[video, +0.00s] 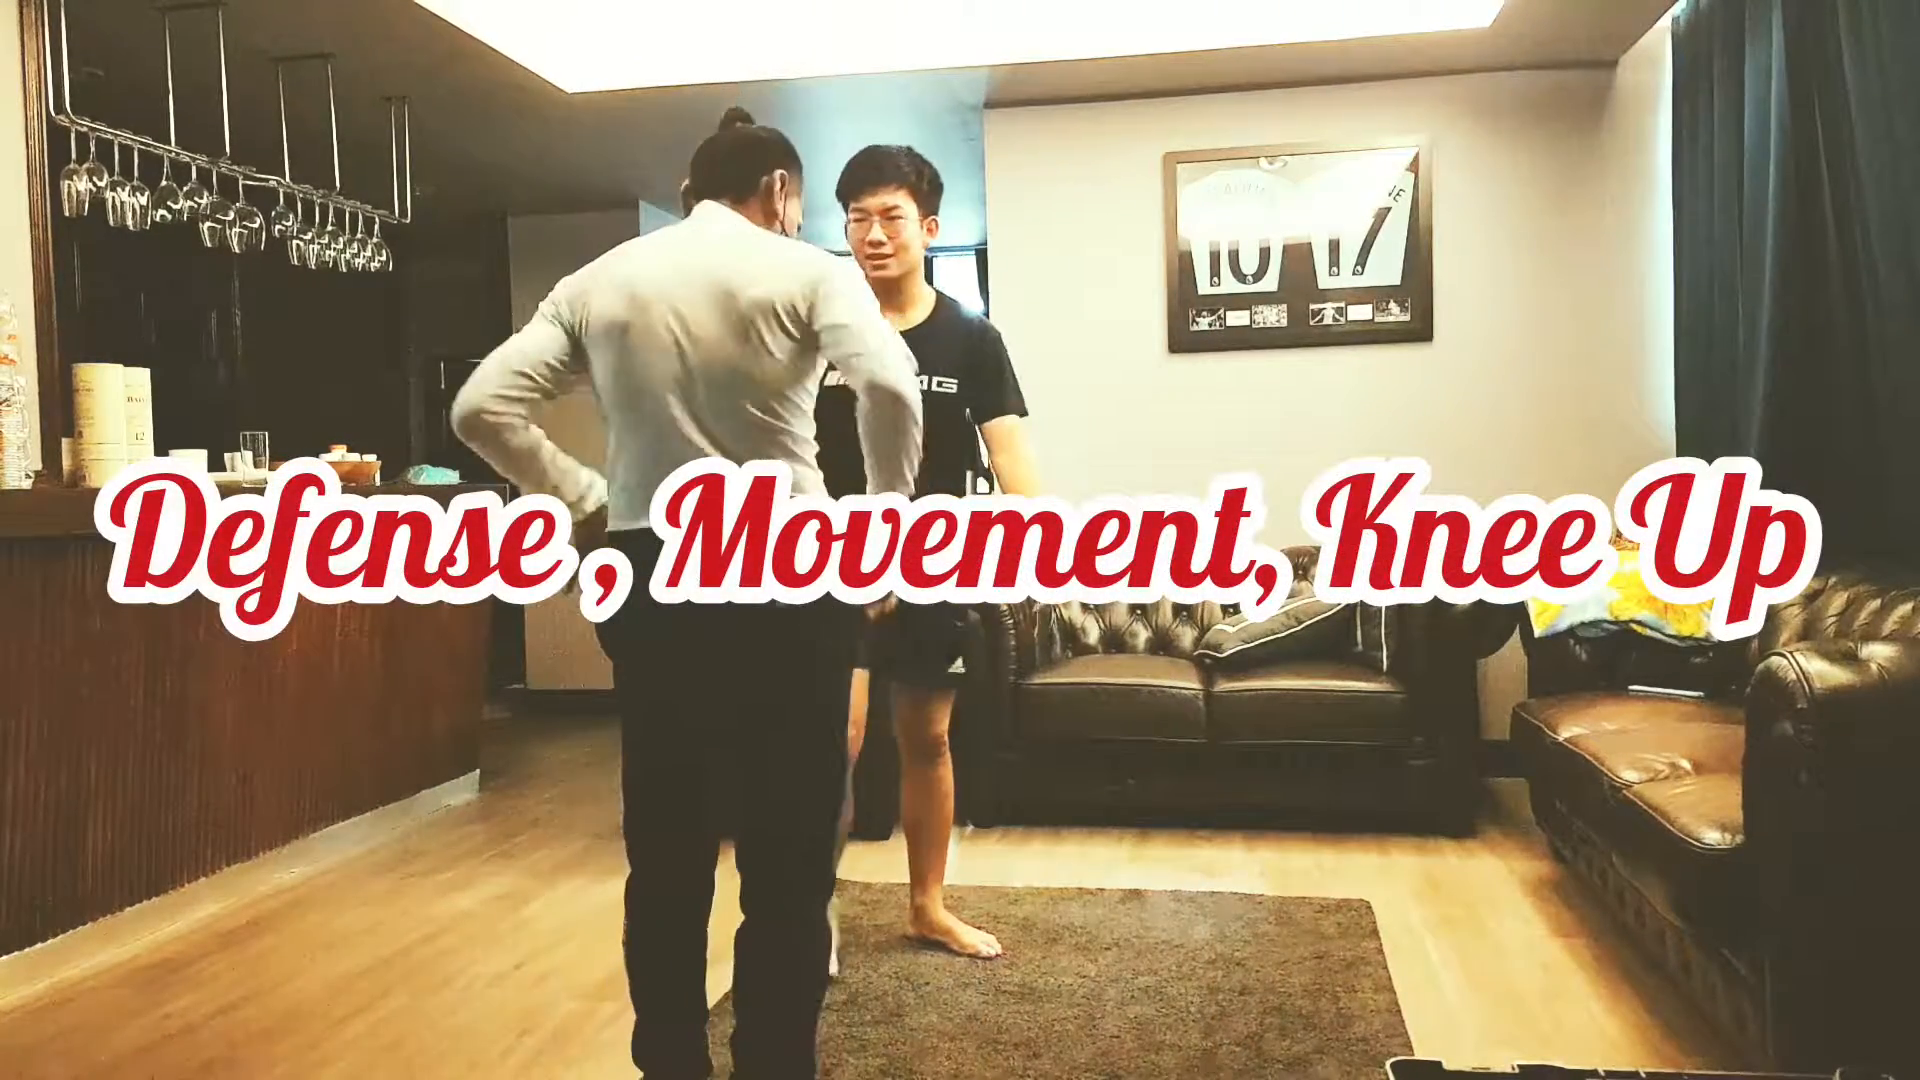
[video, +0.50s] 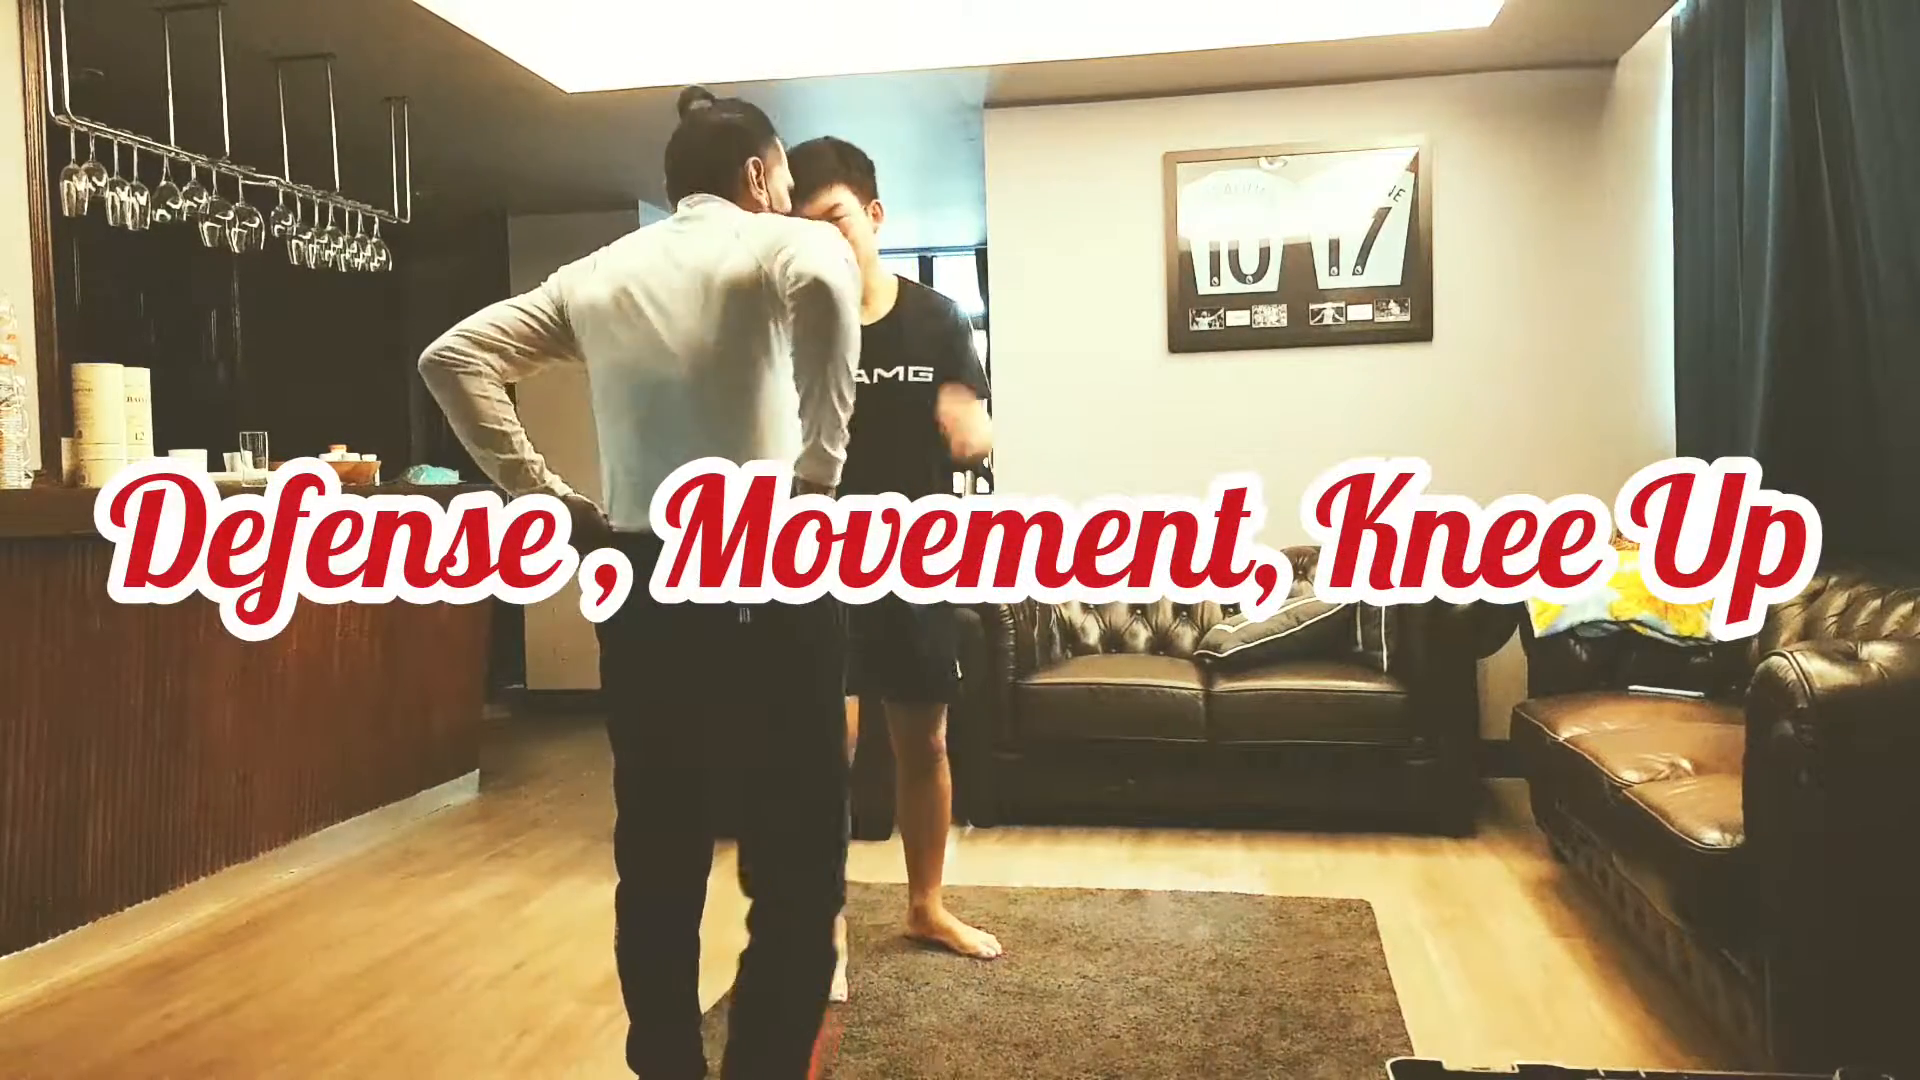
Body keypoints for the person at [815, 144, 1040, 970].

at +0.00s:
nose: (874, 235)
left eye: (891, 217)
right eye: (859, 220)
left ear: (929, 224)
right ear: (845, 231)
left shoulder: (969, 340)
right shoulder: (823, 335)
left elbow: (1016, 470)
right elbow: (787, 458)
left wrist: (1033, 570)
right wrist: (798, 564)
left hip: (935, 569)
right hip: (837, 568)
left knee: (927, 741)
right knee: (835, 739)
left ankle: (928, 905)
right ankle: (813, 914)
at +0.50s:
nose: (826, 235)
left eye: (838, 215)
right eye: (811, 223)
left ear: (876, 213)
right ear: (797, 232)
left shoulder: (931, 317)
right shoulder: (791, 322)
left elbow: (972, 438)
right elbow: (763, 426)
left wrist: (965, 432)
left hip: (917, 556)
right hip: (819, 559)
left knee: (924, 742)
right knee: (827, 746)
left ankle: (929, 907)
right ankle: (827, 933)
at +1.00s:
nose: (888, 264)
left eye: (901, 243)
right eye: (873, 249)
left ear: (939, 235)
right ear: (856, 249)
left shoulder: (976, 313)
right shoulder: (845, 315)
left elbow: (1009, 295)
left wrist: (949, 242)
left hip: (956, 565)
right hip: (855, 565)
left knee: (998, 740)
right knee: (847, 748)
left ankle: (1027, 858)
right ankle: (828, 931)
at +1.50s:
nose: (978, 250)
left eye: (995, 234)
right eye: (968, 237)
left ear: (1037, 240)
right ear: (959, 242)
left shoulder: (1063, 325)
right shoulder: (938, 325)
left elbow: (1081, 310)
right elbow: (905, 438)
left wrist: (1046, 271)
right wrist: (877, 532)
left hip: (1030, 555)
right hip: (935, 551)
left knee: (1028, 727)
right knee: (923, 724)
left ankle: (1025, 875)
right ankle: (904, 895)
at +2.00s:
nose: (972, 257)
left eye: (988, 242)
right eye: (963, 244)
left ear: (1028, 249)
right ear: (953, 254)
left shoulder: (1051, 332)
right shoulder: (931, 338)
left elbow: (1067, 319)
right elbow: (885, 412)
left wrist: (1039, 281)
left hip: (1024, 544)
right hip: (945, 543)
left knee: (1016, 709)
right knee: (941, 701)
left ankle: (1026, 871)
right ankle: (980, 816)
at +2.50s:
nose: (926, 276)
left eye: (939, 261)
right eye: (918, 265)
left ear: (980, 267)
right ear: (912, 276)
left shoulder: (1018, 339)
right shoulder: (908, 351)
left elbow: (993, 325)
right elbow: (878, 450)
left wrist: (986, 288)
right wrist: (844, 522)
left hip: (997, 541)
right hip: (926, 545)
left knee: (994, 695)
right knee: (944, 691)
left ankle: (1024, 861)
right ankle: (982, 830)